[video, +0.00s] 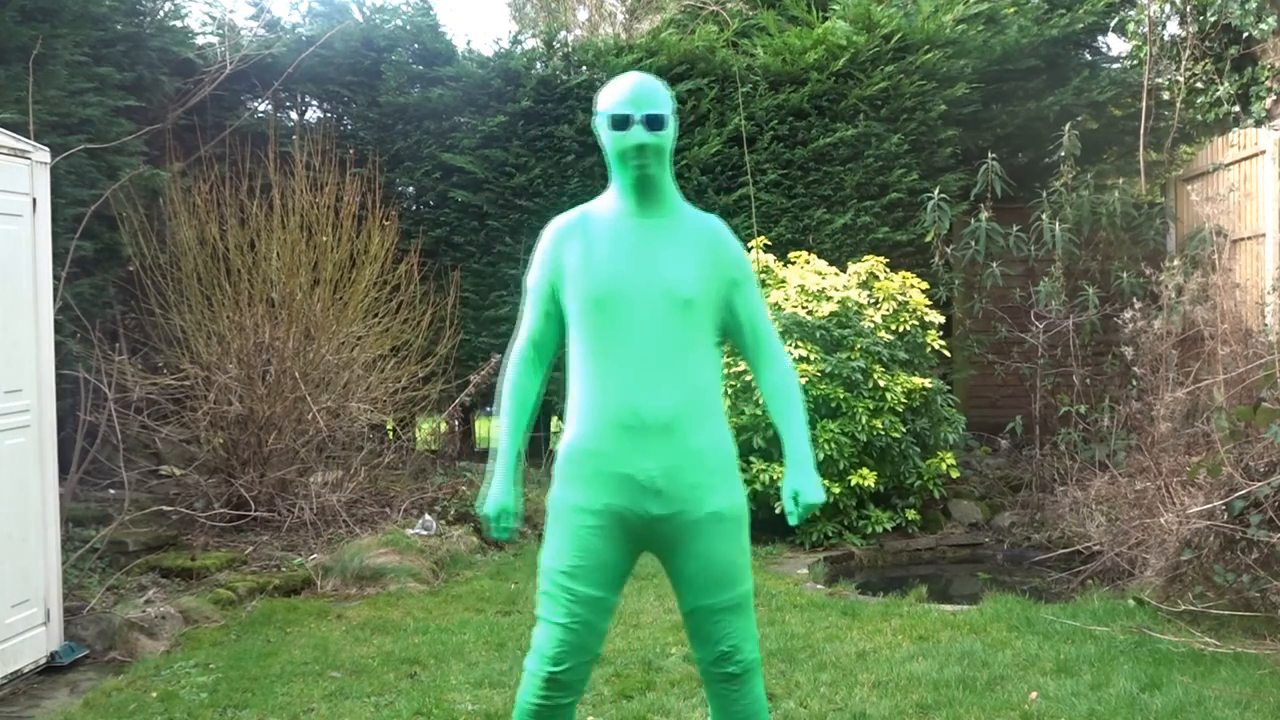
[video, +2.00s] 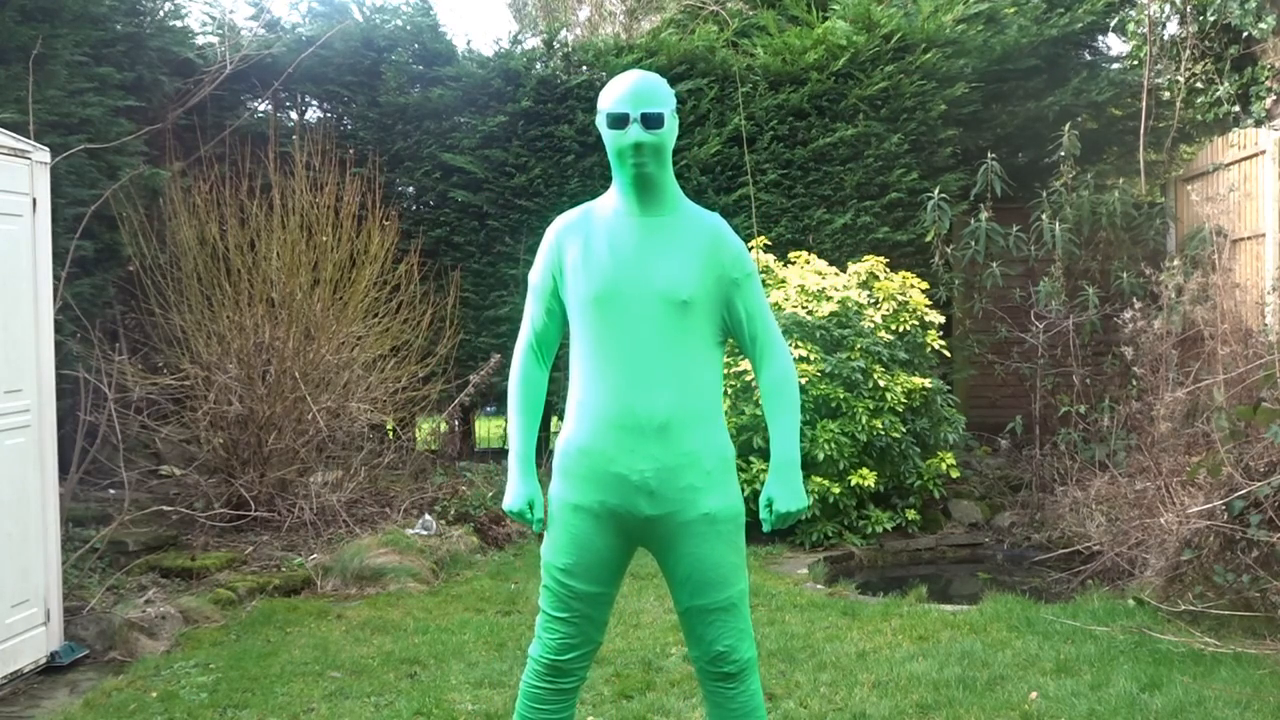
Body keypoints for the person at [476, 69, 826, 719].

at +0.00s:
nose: (639, 136)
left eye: (654, 122)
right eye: (622, 123)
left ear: (674, 132)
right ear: (600, 136)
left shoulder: (713, 240)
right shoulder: (565, 238)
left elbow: (767, 353)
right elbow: (530, 355)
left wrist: (799, 458)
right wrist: (504, 472)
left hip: (704, 485)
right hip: (591, 485)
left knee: (733, 668)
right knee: (554, 670)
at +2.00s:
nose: (636, 135)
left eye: (651, 120)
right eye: (621, 122)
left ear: (674, 129)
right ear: (602, 134)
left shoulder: (714, 238)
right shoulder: (567, 236)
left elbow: (770, 352)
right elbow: (532, 353)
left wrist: (786, 465)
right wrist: (519, 469)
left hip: (699, 486)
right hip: (588, 486)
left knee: (729, 668)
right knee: (554, 667)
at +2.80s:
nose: (634, 135)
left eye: (650, 120)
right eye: (619, 122)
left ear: (673, 129)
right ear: (601, 134)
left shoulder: (714, 237)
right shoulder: (566, 235)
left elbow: (771, 350)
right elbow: (531, 351)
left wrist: (787, 462)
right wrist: (516, 465)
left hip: (698, 485)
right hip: (588, 485)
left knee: (729, 668)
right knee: (554, 666)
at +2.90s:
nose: (634, 135)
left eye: (650, 120)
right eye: (619, 122)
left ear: (673, 129)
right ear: (601, 134)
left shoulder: (714, 237)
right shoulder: (566, 235)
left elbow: (771, 350)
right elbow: (532, 351)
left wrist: (787, 462)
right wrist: (516, 465)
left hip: (698, 485)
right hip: (588, 485)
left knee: (729, 668)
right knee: (554, 667)